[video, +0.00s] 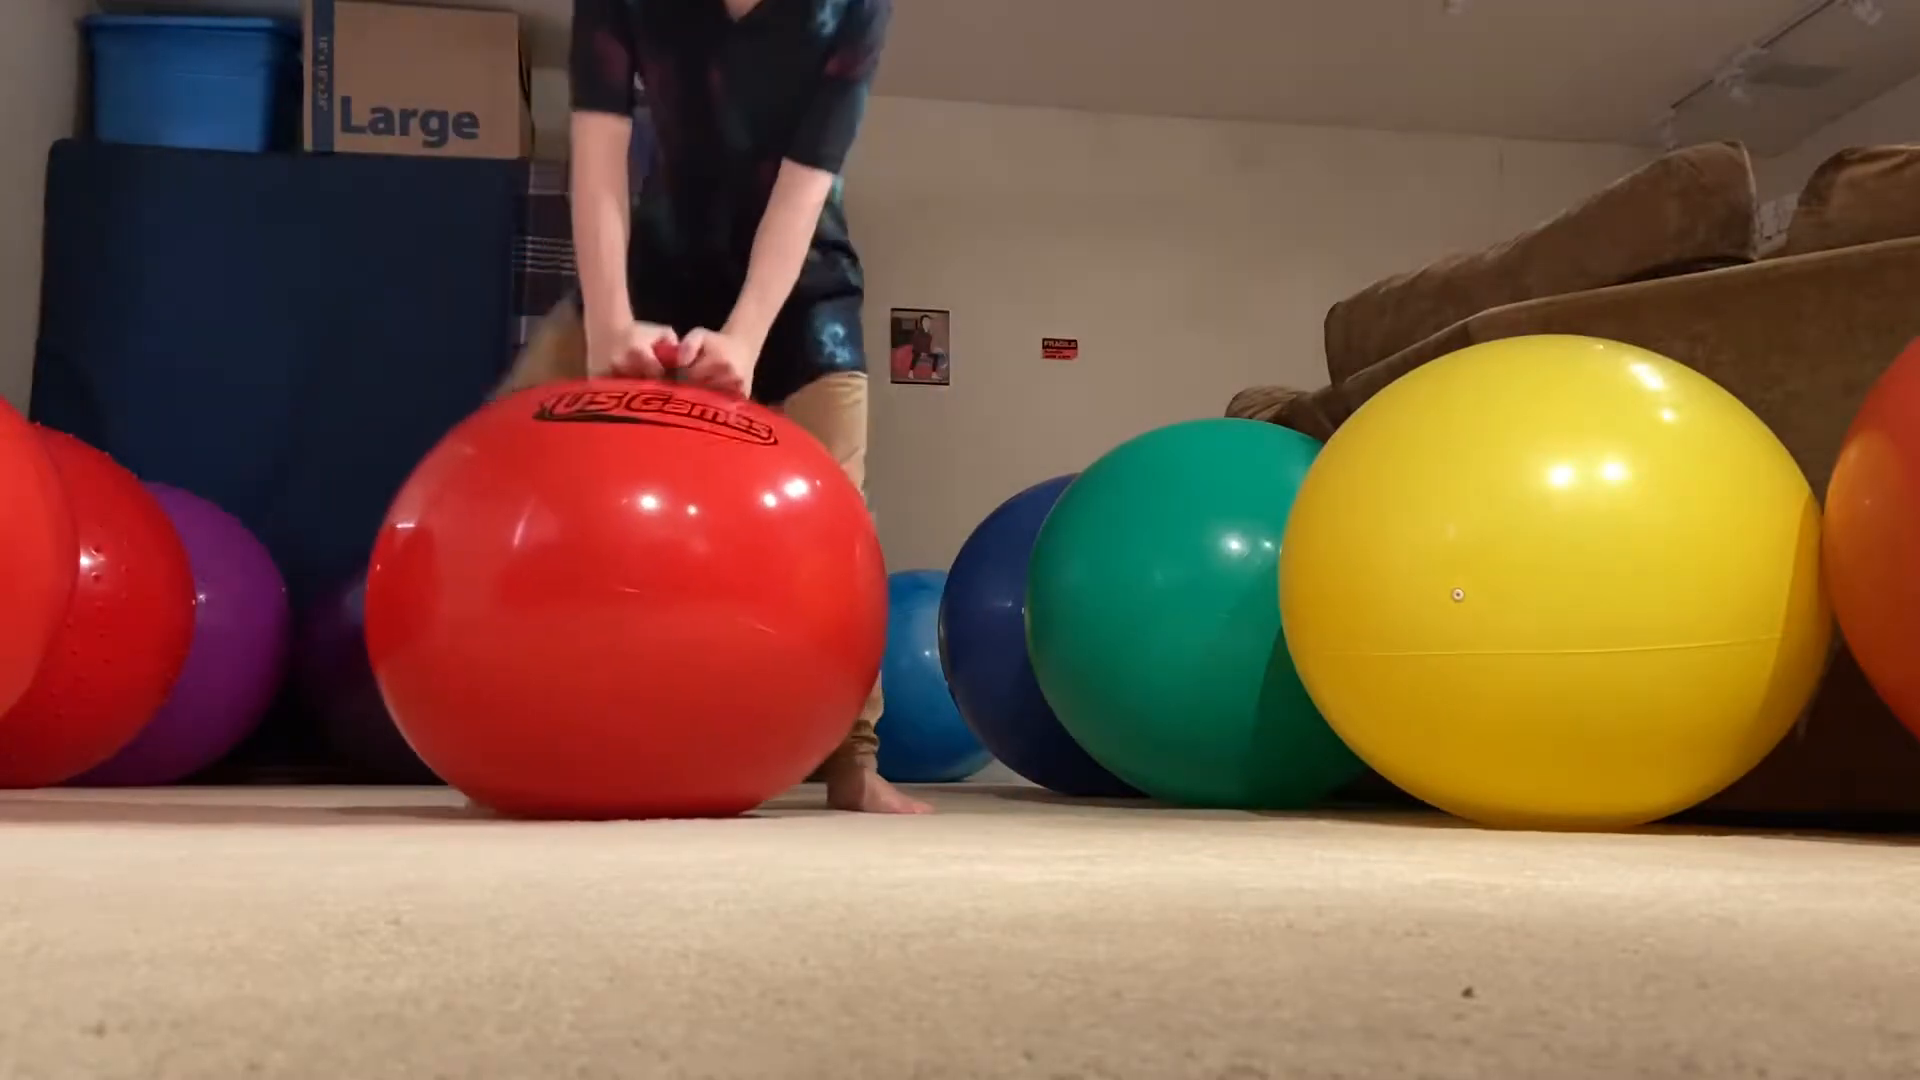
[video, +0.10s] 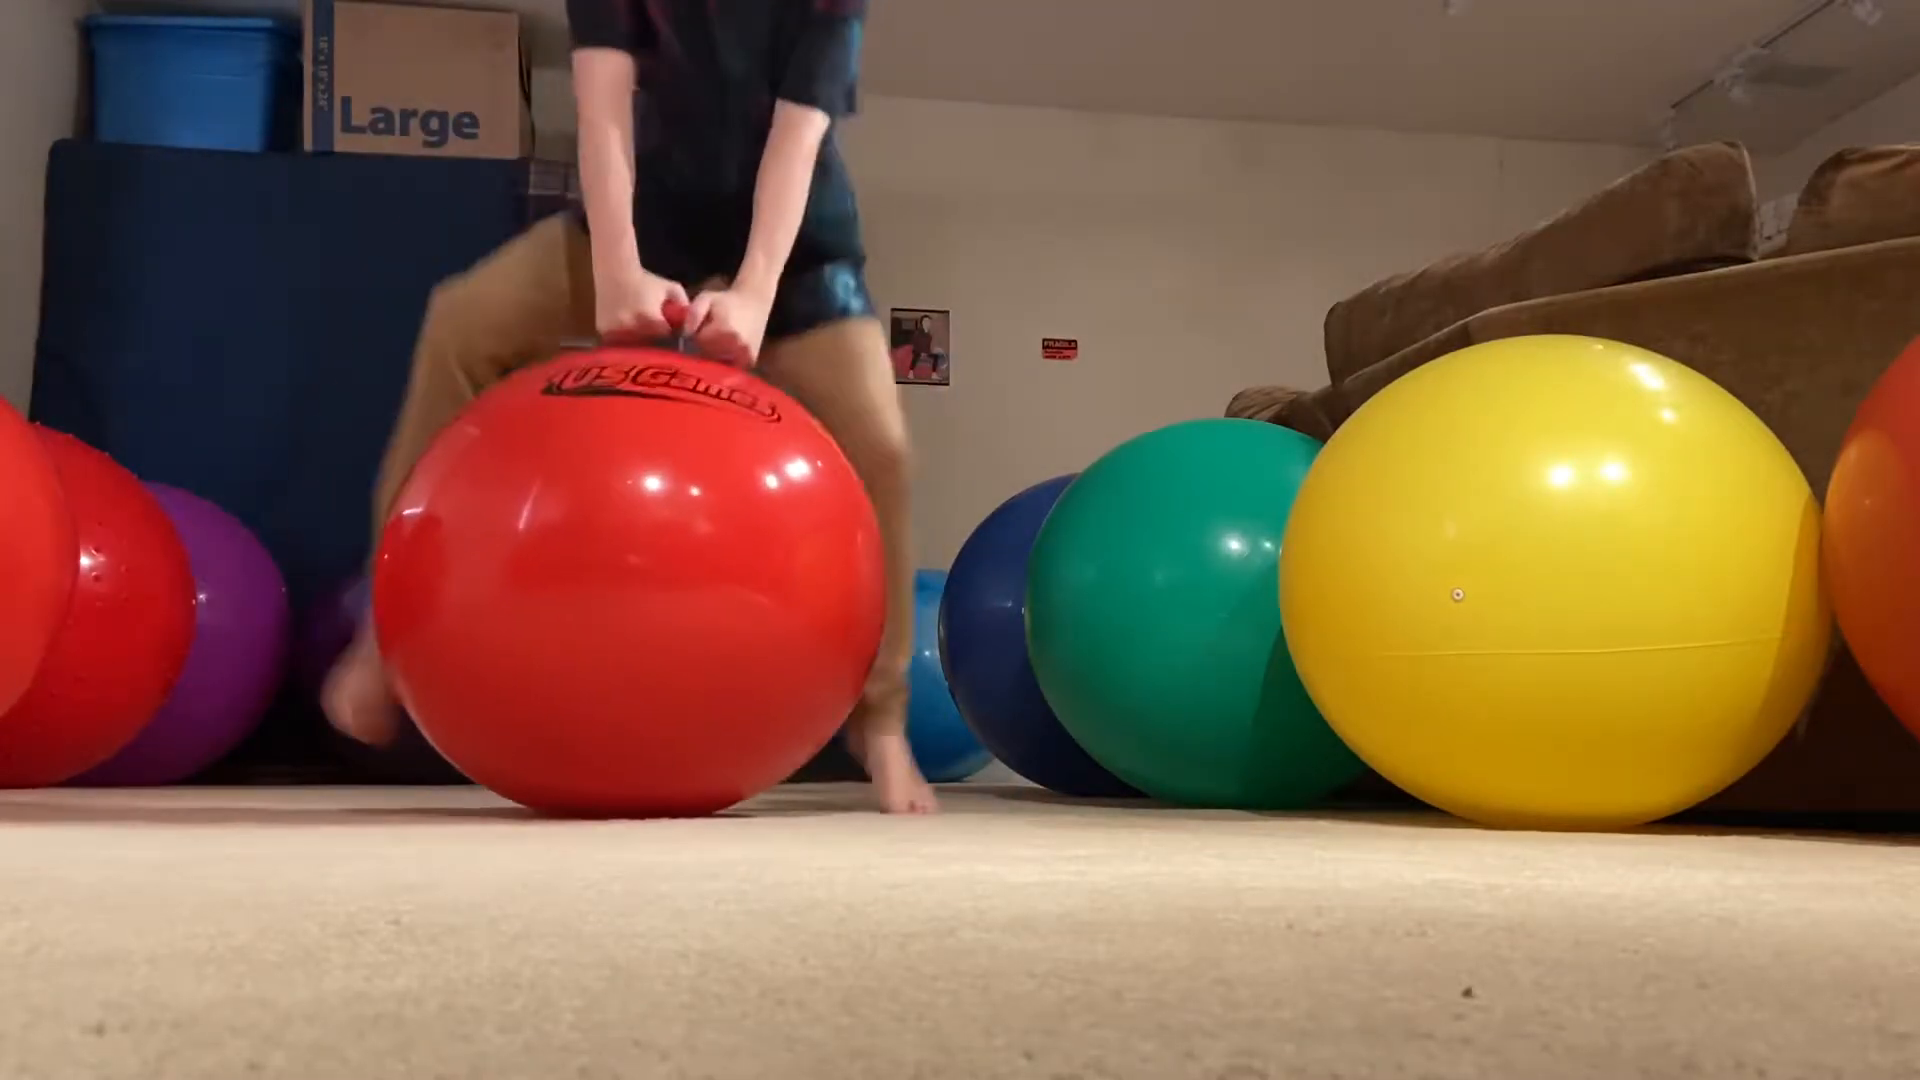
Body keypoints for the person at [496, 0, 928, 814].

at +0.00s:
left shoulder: (852, 11)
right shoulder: (614, 4)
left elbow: (801, 194)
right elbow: (599, 165)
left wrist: (742, 338)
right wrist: (610, 323)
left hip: (796, 262)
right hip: (649, 251)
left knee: (833, 517)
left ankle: (852, 767)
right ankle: (521, 740)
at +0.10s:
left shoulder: (827, 13)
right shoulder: (605, 5)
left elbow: (797, 138)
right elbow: (603, 121)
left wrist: (753, 290)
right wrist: (618, 273)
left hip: (795, 242)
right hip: (634, 225)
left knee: (880, 448)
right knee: (459, 320)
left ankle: (882, 720)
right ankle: (391, 620)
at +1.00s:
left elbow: (783, 37)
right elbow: (481, 20)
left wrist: (711, 144)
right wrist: (573, 133)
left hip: (723, 137)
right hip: (541, 133)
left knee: (839, 318)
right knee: (435, 318)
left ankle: (934, 662)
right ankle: (309, 685)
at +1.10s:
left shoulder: (774, 10)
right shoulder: (504, 3)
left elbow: (792, 150)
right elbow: (470, 133)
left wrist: (701, 258)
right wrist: (559, 238)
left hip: (716, 254)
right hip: (537, 249)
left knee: (854, 371)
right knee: (388, 344)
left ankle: (945, 735)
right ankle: (301, 725)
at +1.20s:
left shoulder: (770, 126)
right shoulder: (503, 106)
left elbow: (794, 323)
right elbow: (456, 296)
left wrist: (694, 413)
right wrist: (556, 392)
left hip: (707, 421)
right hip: (531, 408)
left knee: (872, 407)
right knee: (362, 371)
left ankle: (951, 761)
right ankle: (277, 754)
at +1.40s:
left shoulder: (778, 35)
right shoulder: (519, 19)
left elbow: (801, 245)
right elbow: (475, 217)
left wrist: (710, 351)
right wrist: (563, 329)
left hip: (718, 370)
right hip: (550, 358)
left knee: (905, 399)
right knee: (351, 362)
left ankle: (945, 763)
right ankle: (281, 753)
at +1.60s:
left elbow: (792, 3)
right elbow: (542, 2)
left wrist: (707, 97)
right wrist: (583, 100)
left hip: (751, 84)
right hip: (568, 78)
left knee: (784, 276)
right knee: (429, 319)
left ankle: (933, 648)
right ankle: (290, 697)